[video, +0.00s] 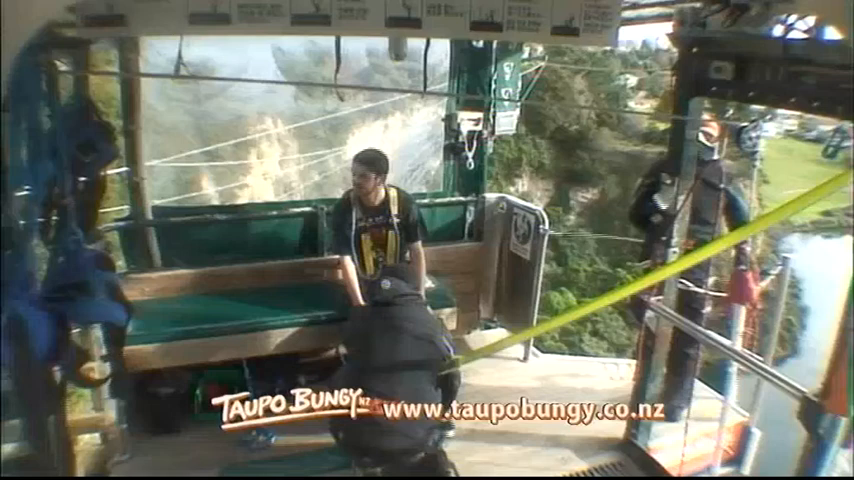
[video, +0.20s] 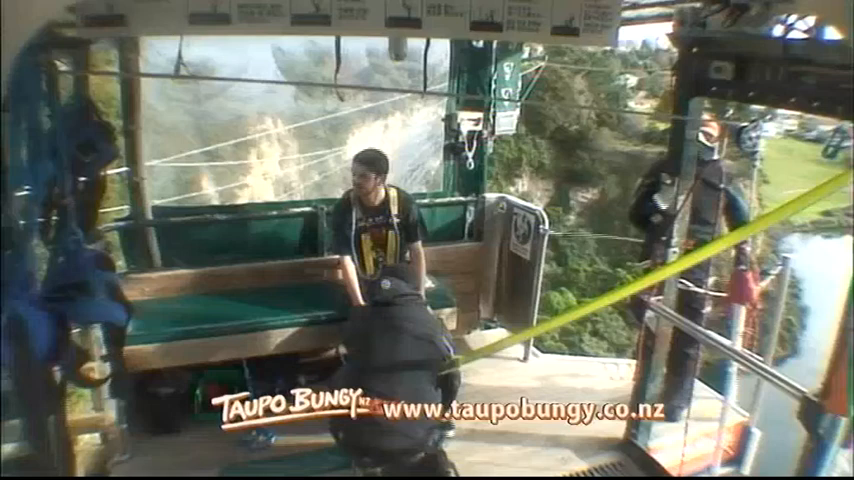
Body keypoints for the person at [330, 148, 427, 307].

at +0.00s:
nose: (355, 181)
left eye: (362, 176)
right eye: (354, 175)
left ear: (379, 179)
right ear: (351, 174)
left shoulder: (403, 202)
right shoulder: (345, 208)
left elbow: (416, 250)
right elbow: (346, 259)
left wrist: (419, 295)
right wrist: (359, 304)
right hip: (364, 287)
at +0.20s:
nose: (355, 181)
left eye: (362, 176)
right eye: (354, 175)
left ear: (379, 179)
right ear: (351, 174)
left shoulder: (403, 202)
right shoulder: (345, 208)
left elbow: (416, 250)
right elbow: (346, 259)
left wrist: (419, 295)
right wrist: (359, 304)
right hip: (364, 287)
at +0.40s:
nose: (356, 179)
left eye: (364, 175)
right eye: (354, 173)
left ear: (381, 177)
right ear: (352, 172)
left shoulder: (404, 202)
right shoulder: (344, 208)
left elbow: (416, 250)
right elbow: (346, 260)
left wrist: (419, 295)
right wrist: (359, 304)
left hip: (400, 285)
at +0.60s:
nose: (366, 170)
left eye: (373, 165)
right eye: (363, 165)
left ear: (388, 168)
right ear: (358, 165)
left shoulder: (406, 199)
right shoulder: (348, 202)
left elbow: (415, 248)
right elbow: (347, 258)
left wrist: (417, 292)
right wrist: (358, 301)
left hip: (402, 284)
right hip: (365, 287)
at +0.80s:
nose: (372, 166)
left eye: (378, 161)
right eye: (367, 160)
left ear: (391, 165)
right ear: (362, 163)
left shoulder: (408, 196)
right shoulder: (350, 200)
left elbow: (414, 244)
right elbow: (348, 253)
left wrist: (414, 288)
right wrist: (356, 299)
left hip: (402, 282)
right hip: (366, 283)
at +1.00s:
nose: (371, 161)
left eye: (378, 156)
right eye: (367, 156)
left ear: (390, 160)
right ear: (361, 159)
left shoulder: (407, 191)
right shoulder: (351, 198)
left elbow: (417, 239)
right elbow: (350, 251)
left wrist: (414, 279)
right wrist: (358, 296)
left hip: (405, 278)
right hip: (368, 280)